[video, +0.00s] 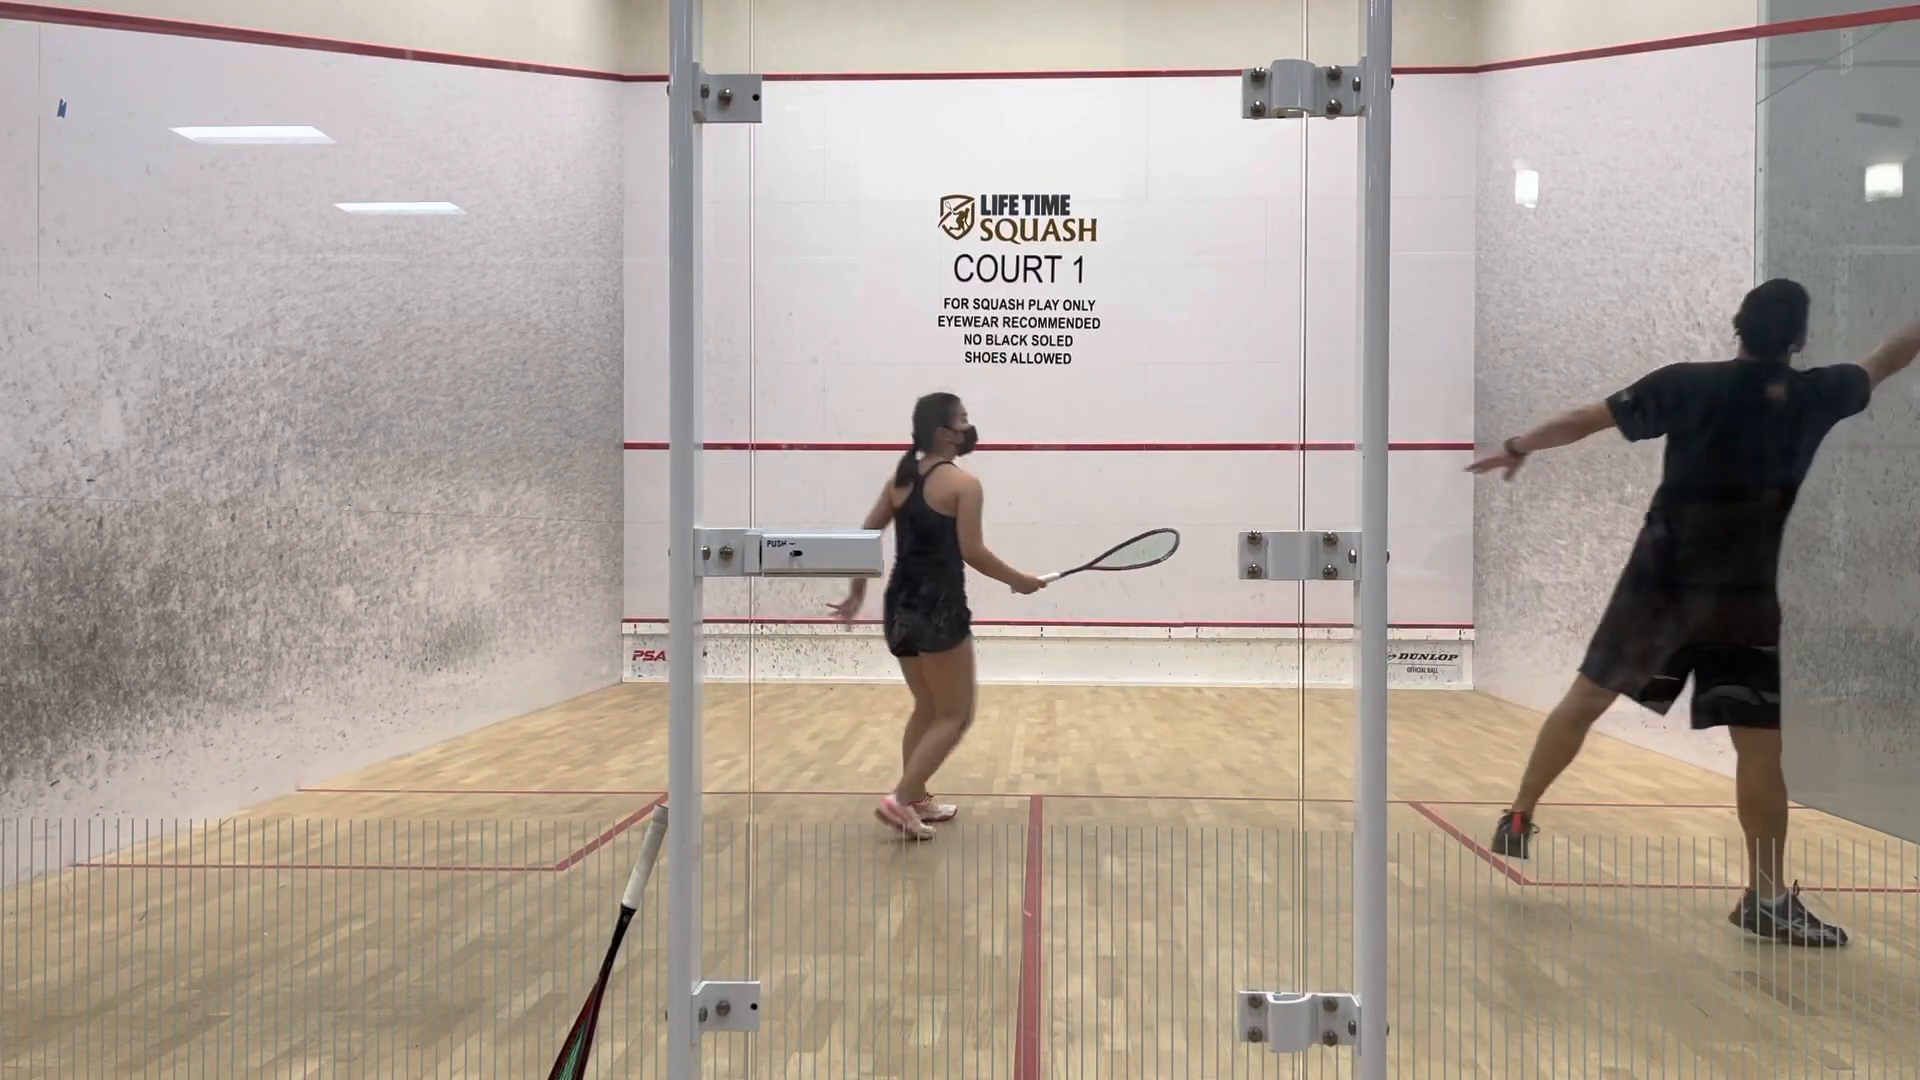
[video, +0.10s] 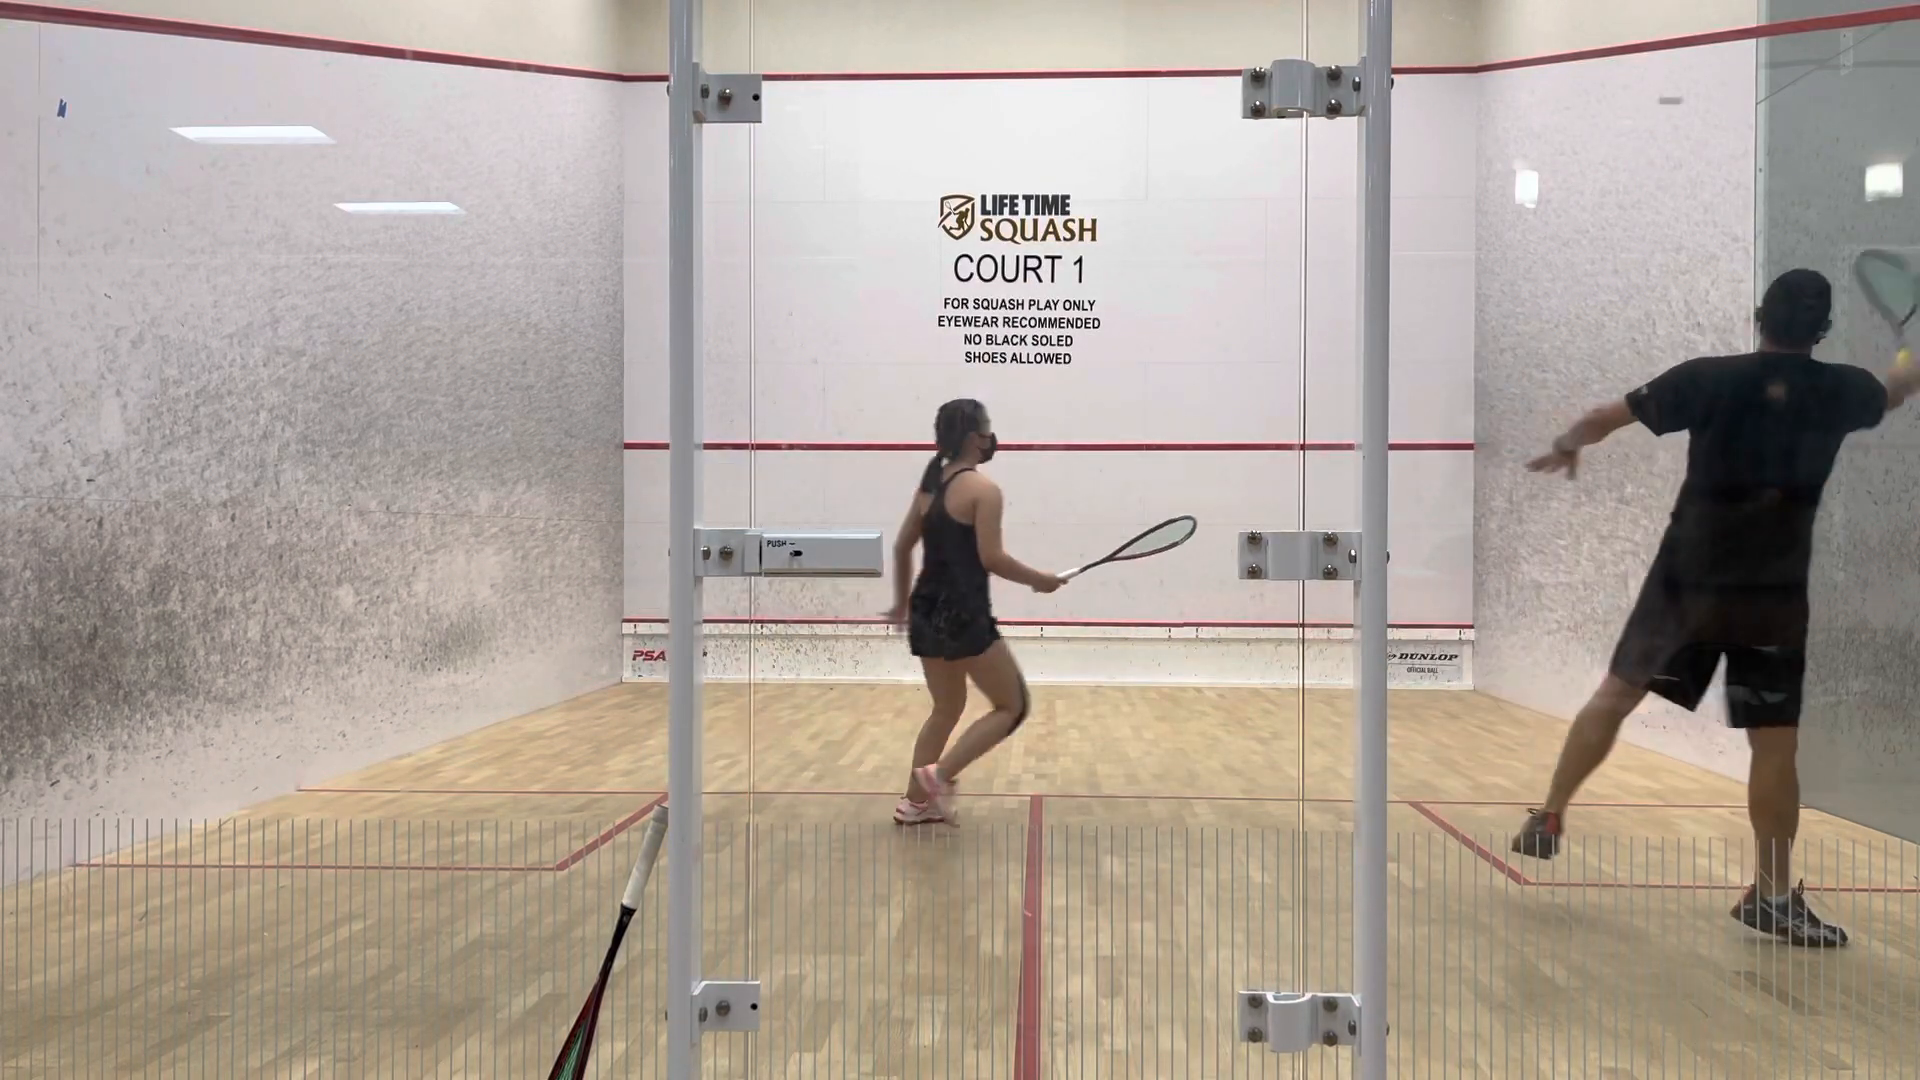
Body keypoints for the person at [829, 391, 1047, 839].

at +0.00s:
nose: (970, 427)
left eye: (967, 420)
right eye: (963, 421)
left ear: (927, 431)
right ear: (943, 430)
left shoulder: (902, 478)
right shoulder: (963, 483)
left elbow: (867, 533)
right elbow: (972, 551)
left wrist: (856, 592)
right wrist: (1017, 579)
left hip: (900, 610)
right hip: (940, 614)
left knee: (926, 707)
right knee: (956, 714)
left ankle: (914, 797)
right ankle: (901, 799)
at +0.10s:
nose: (993, 435)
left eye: (990, 428)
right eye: (987, 429)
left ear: (949, 439)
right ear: (972, 436)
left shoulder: (931, 484)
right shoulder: (984, 489)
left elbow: (903, 546)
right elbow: (991, 558)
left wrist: (901, 600)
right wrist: (1037, 579)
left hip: (926, 618)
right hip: (965, 621)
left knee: (946, 707)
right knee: (1013, 706)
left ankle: (916, 801)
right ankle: (942, 775)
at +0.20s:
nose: (1020, 422)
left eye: (1017, 415)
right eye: (1015, 416)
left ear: (976, 427)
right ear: (1004, 425)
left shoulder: (964, 470)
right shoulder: (1014, 476)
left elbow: (940, 531)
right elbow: (1016, 541)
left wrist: (958, 573)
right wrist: (1065, 564)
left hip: (957, 598)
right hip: (997, 601)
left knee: (960, 699)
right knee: (1052, 689)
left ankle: (922, 794)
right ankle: (1006, 782)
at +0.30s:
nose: (1056, 431)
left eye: (1053, 423)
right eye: (1051, 424)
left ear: (1013, 432)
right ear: (1039, 430)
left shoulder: (999, 477)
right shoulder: (1048, 482)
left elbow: (993, 542)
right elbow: (1055, 548)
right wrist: (1112, 558)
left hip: (982, 603)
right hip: (1021, 606)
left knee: (991, 701)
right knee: (1087, 691)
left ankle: (942, 784)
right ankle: (1092, 798)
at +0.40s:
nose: (1097, 455)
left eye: (1094, 448)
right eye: (1094, 449)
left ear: (1053, 455)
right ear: (1085, 456)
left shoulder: (1039, 500)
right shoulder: (1081, 509)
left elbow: (1057, 560)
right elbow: (1105, 574)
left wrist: (1107, 577)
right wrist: (1166, 562)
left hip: (1014, 626)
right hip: (1052, 633)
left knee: (996, 723)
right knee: (1126, 705)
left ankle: (940, 806)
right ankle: (1172, 805)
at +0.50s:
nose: (1151, 459)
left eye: (1147, 452)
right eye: (1146, 453)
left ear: (1109, 460)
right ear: (1138, 461)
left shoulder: (1098, 505)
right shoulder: (1132, 518)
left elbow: (1126, 547)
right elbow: (1165, 582)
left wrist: (1179, 552)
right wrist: (1221, 555)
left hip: (1067, 631)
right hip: (1101, 637)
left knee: (1033, 723)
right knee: (1178, 707)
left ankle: (954, 791)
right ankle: (1196, 812)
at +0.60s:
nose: (1209, 459)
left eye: (1207, 451)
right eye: (1205, 452)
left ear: (1165, 460)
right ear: (1197, 461)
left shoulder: (1154, 502)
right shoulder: (1184, 515)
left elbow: (1192, 534)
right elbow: (1223, 577)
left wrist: (1246, 529)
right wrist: (1242, 558)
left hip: (1119, 626)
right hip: (1148, 631)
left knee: (1124, 732)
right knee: (1213, 711)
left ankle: (1032, 767)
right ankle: (1200, 814)